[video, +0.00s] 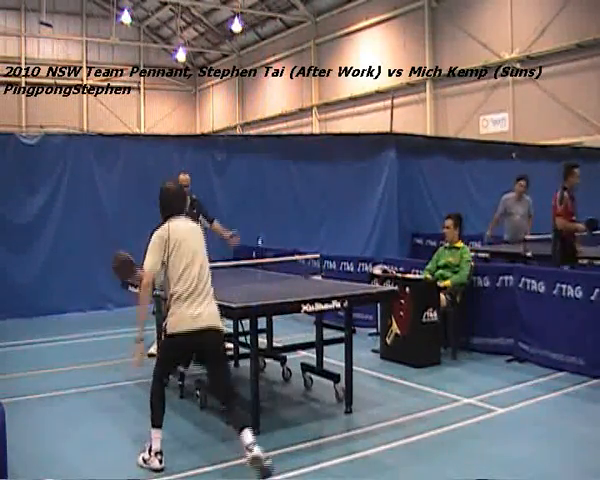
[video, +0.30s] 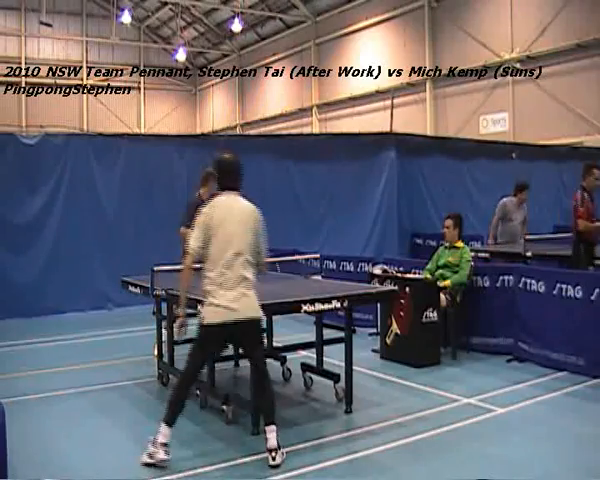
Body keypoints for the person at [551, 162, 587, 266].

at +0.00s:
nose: (578, 180)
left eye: (578, 176)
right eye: (576, 176)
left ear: (573, 177)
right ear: (569, 177)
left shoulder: (570, 195)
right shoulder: (561, 195)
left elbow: (570, 220)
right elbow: (560, 222)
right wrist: (578, 227)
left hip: (569, 241)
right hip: (562, 241)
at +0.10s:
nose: (585, 180)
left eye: (585, 176)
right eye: (583, 176)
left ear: (577, 176)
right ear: (575, 176)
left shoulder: (577, 194)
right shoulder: (568, 194)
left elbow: (578, 219)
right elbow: (566, 222)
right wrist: (585, 225)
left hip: (576, 240)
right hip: (568, 241)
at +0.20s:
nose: (589, 180)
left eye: (590, 177)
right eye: (587, 177)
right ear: (578, 177)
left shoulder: (582, 195)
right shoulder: (573, 195)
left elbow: (582, 218)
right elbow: (570, 222)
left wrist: (591, 225)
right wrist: (589, 225)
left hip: (582, 240)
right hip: (574, 240)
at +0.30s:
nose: (598, 183)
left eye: (598, 180)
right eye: (595, 179)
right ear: (587, 178)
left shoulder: (588, 195)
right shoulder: (581, 195)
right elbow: (581, 225)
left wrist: (595, 224)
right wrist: (596, 225)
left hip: (589, 242)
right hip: (582, 243)